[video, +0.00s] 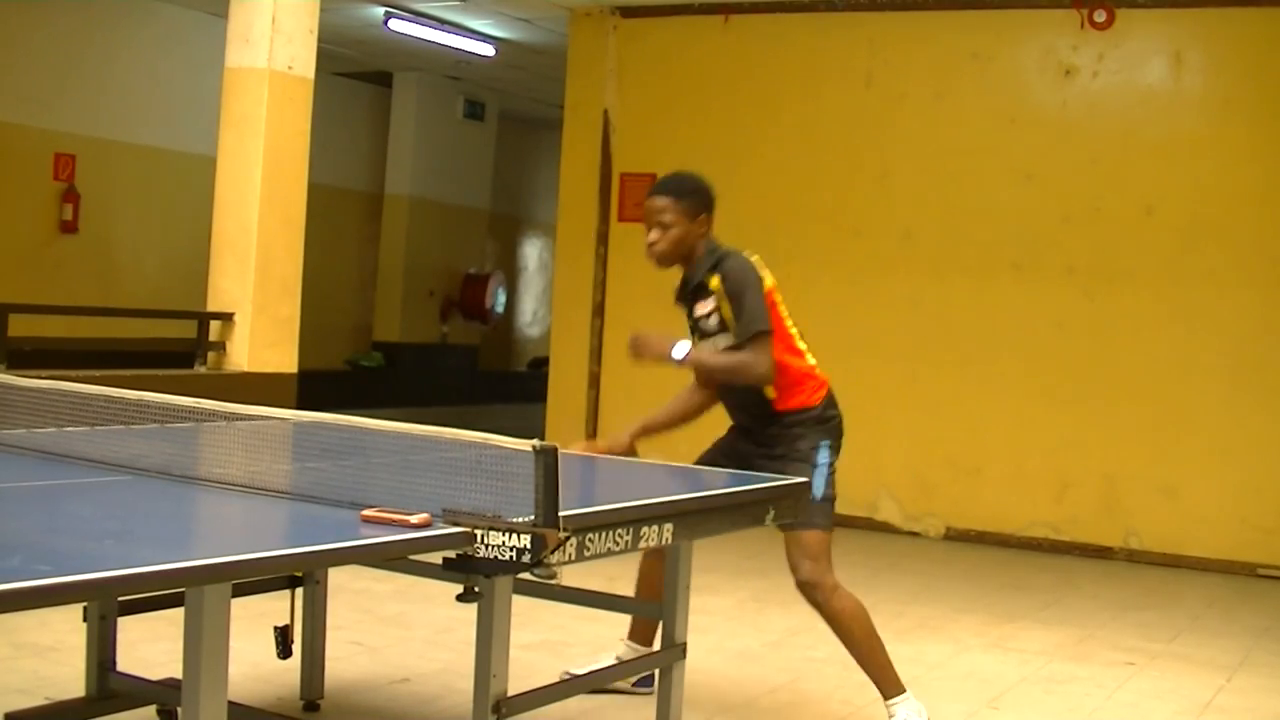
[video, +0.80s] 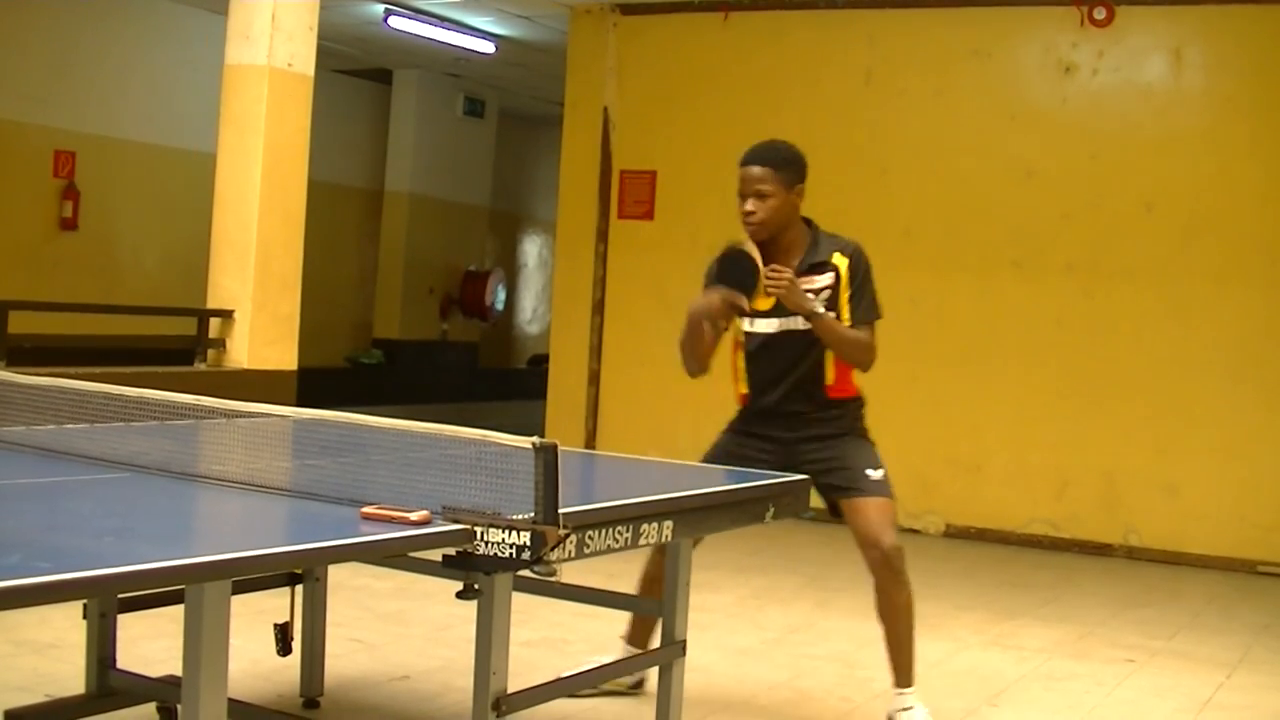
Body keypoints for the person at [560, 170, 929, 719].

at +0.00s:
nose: (649, 238)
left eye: (661, 225)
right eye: (646, 225)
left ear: (700, 223)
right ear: (654, 226)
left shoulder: (735, 270)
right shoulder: (691, 290)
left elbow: (760, 365)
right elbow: (709, 386)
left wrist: (674, 349)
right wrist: (636, 431)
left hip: (804, 429)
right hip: (751, 431)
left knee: (813, 577)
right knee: (662, 522)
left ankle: (902, 705)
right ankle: (635, 660)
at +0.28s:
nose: (593, 278)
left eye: (597, 264)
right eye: (590, 266)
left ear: (632, 251)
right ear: (630, 254)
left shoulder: (673, 286)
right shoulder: (658, 295)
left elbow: (720, 371)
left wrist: (639, 409)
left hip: (773, 436)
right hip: (722, 436)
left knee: (790, 583)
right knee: (629, 509)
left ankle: (893, 704)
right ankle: (632, 661)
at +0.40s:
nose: (618, 245)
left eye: (621, 231)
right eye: (613, 234)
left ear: (654, 216)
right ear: (649, 220)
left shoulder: (719, 259)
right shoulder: (670, 279)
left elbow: (749, 348)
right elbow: (635, 360)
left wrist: (657, 350)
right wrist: (559, 325)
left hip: (773, 427)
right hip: (713, 424)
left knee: (804, 567)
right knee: (625, 512)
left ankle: (888, 701)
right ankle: (630, 658)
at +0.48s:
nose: (640, 228)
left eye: (645, 214)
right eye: (636, 217)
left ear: (683, 201)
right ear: (675, 207)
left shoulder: (753, 251)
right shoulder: (670, 266)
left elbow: (773, 339)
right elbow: (605, 326)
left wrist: (680, 312)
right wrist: (563, 261)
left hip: (773, 426)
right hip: (706, 421)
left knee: (814, 560)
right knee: (611, 506)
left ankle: (886, 701)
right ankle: (622, 649)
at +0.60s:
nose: (681, 219)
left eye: (692, 207)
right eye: (678, 207)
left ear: (732, 206)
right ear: (679, 208)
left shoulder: (781, 272)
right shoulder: (676, 266)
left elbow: (806, 357)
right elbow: (605, 298)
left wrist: (746, 298)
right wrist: (631, 222)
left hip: (771, 440)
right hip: (692, 436)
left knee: (831, 553)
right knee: (607, 529)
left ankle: (880, 699)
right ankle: (608, 663)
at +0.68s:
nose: (712, 219)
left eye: (726, 209)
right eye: (708, 206)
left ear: (761, 211)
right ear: (702, 207)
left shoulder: (804, 277)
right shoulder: (697, 267)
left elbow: (825, 369)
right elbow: (639, 323)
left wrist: (775, 303)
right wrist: (668, 252)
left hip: (784, 441)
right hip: (704, 438)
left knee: (853, 551)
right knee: (616, 527)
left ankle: (888, 699)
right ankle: (609, 663)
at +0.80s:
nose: (747, 207)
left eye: (760, 195)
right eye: (742, 195)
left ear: (796, 196)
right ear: (739, 197)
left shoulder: (843, 258)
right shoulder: (733, 265)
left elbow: (863, 353)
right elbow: (695, 363)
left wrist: (809, 308)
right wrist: (702, 314)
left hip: (834, 428)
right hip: (758, 426)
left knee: (885, 548)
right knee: (674, 529)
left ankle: (904, 694)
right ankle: (631, 658)